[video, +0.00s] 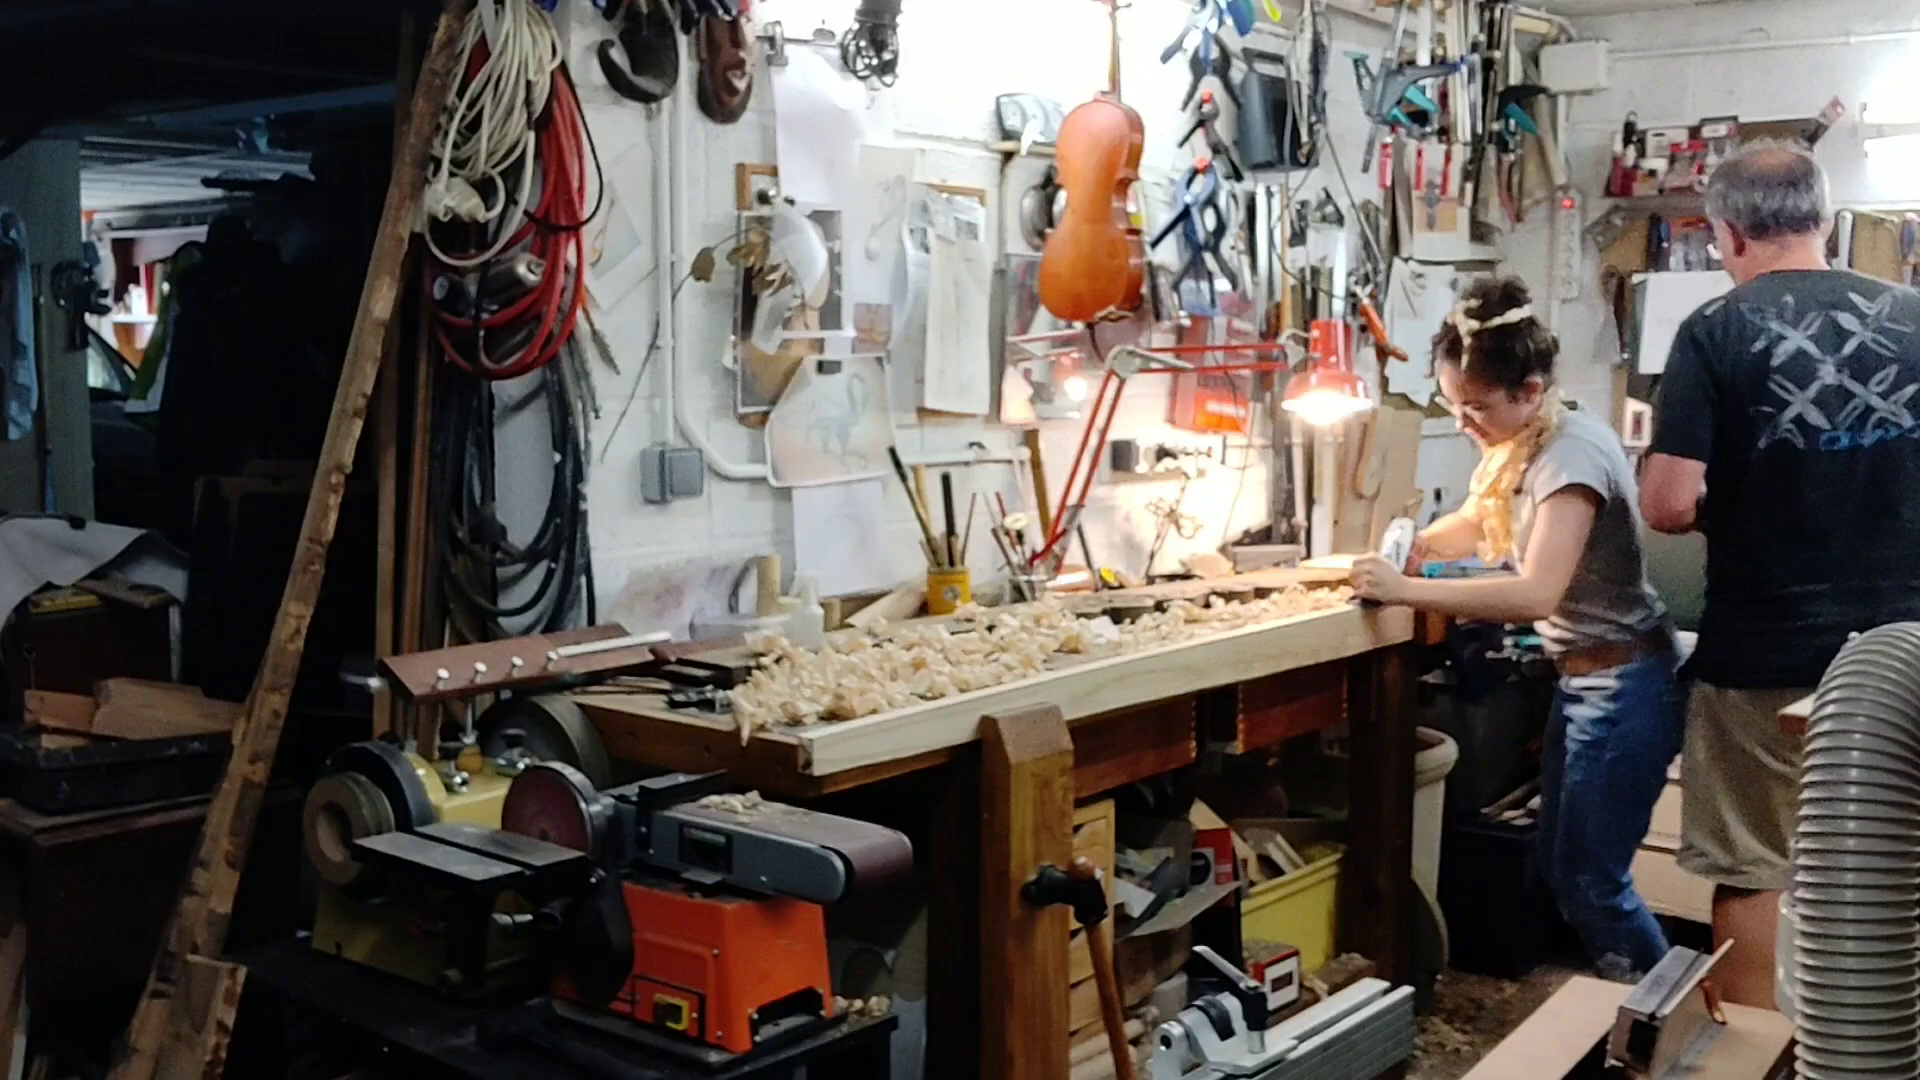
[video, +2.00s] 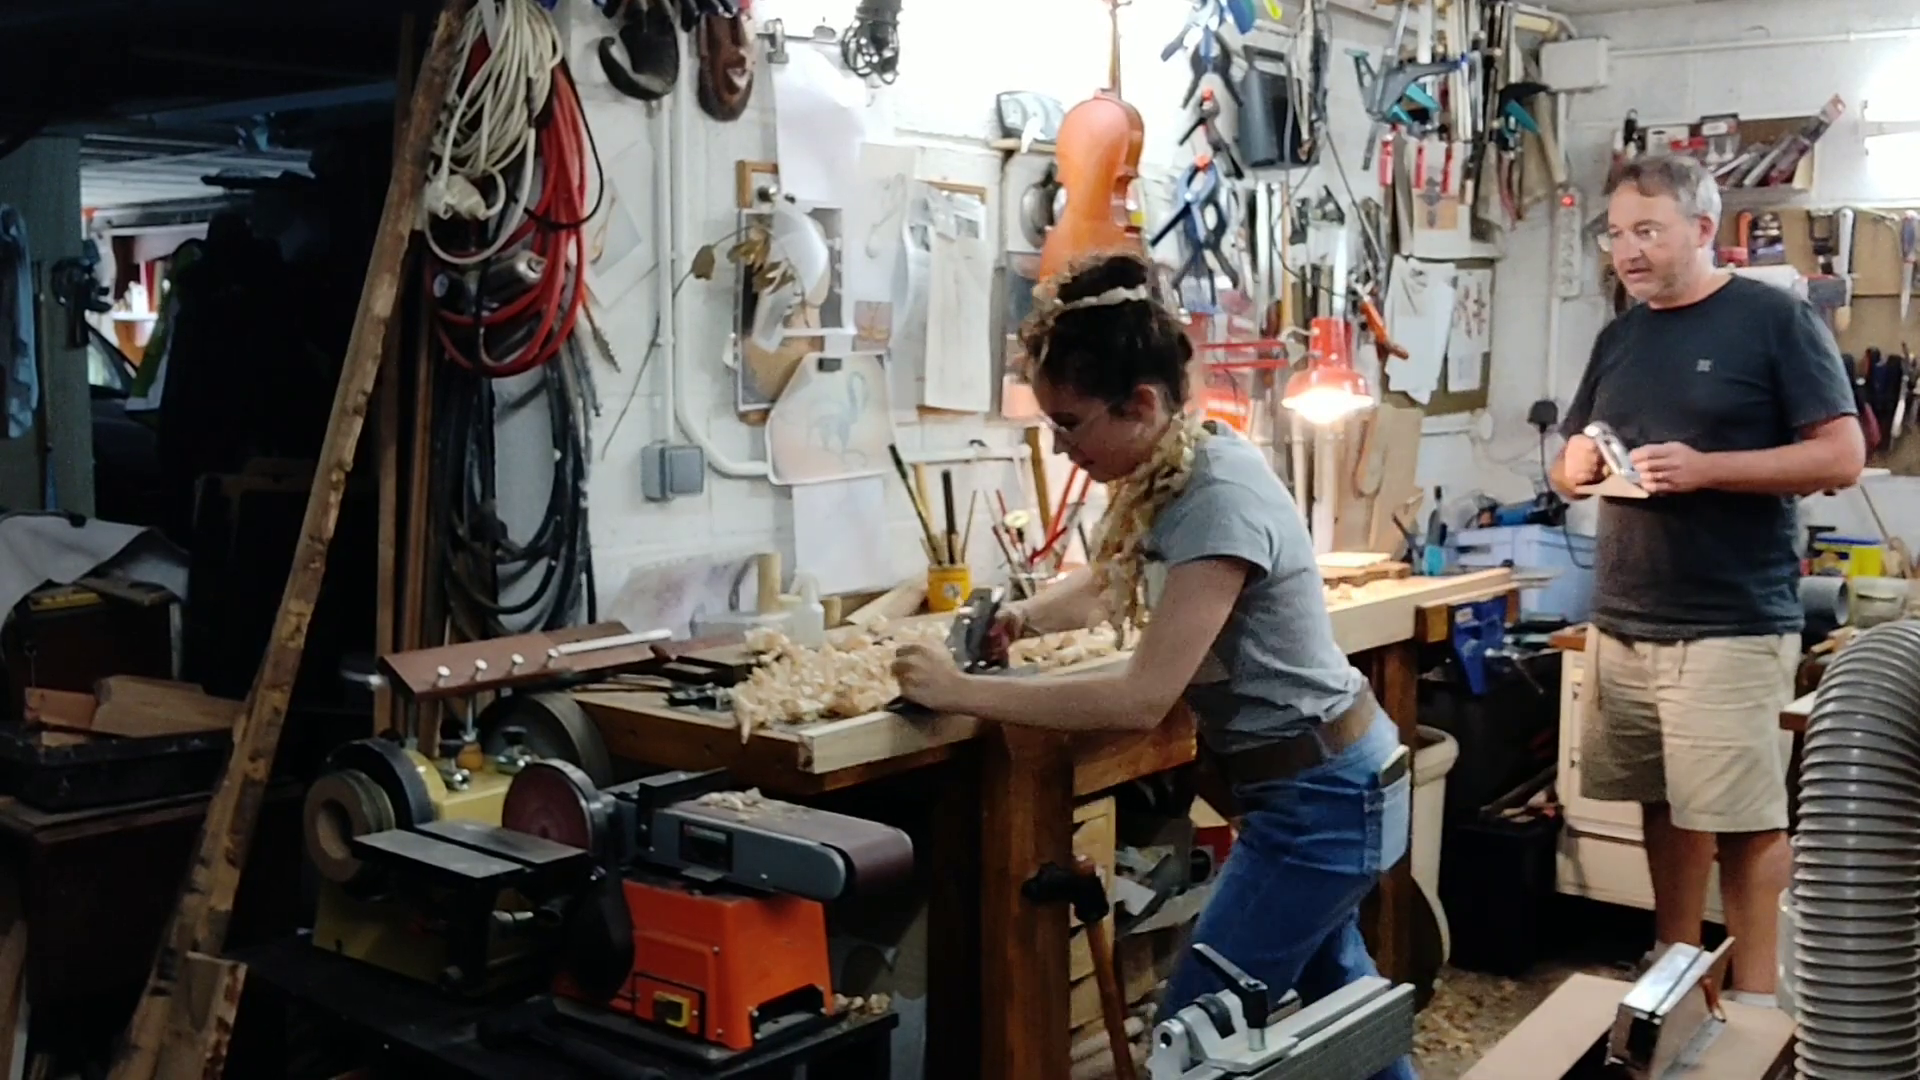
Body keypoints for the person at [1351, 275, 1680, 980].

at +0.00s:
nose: (1462, 420)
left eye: (1478, 406)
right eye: (1453, 405)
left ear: (1531, 390)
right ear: (1444, 384)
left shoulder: (1572, 453)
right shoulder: (1516, 453)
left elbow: (1538, 593)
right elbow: (1479, 524)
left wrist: (1407, 588)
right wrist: (1412, 546)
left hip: (1623, 682)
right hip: (1580, 679)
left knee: (1589, 881)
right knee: (1559, 873)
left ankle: (1673, 1018)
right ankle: (1628, 1016)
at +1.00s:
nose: (1368, 437)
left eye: (1382, 422)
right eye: (1361, 419)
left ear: (1442, 405)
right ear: (1356, 393)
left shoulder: (1492, 475)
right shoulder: (1425, 466)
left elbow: (1433, 624)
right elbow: (1365, 545)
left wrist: (1286, 615)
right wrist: (1292, 563)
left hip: (1563, 726)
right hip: (1492, 719)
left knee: (1560, 915)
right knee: (1462, 892)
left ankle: (1628, 1037)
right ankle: (1546, 1016)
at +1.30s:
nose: (1289, 440)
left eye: (1304, 423)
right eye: (1279, 421)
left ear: (1367, 405)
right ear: (1271, 396)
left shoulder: (1423, 481)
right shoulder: (1344, 470)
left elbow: (1369, 643)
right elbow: (1293, 557)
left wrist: (1219, 633)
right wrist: (1224, 575)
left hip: (1500, 740)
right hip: (1417, 734)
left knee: (1529, 931)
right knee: (1378, 912)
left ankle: (1625, 1043)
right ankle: (1424, 1064)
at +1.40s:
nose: (1249, 442)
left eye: (1264, 426)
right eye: (1241, 423)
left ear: (1330, 405)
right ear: (1239, 399)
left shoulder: (1391, 483)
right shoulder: (1309, 476)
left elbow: (1337, 648)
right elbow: (1254, 569)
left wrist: (1187, 642)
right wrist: (1178, 581)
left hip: (1468, 746)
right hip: (1386, 741)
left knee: (1466, 954)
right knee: (1376, 956)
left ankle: (1599, 1039)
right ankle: (1424, 1076)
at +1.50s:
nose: (1217, 449)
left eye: (1231, 430)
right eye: (1208, 429)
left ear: (1295, 407)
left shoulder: (1360, 481)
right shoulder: (1283, 483)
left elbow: (1314, 652)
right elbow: (1221, 572)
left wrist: (1162, 652)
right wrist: (1144, 597)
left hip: (1439, 752)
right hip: (1362, 745)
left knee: (1395, 971)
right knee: (1353, 962)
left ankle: (1523, 1061)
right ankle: (1452, 1062)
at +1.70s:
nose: (1158, 457)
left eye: (1172, 438)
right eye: (1150, 437)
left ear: (1242, 416)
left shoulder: (1304, 497)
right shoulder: (1242, 492)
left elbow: (1249, 677)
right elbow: (1176, 578)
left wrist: (1084, 661)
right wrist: (1099, 598)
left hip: (1376, 777)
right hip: (1318, 774)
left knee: (1278, 977)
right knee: (1375, 979)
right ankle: (1444, 1074)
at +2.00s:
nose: (1059, 445)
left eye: (1068, 423)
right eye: (1052, 424)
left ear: (1144, 402)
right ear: (1139, 406)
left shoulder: (1219, 494)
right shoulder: (1165, 480)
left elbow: (1142, 696)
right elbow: (1102, 584)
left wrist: (964, 689)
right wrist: (1010, 620)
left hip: (1325, 795)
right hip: (1294, 787)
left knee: (1194, 1026)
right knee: (1348, 1013)